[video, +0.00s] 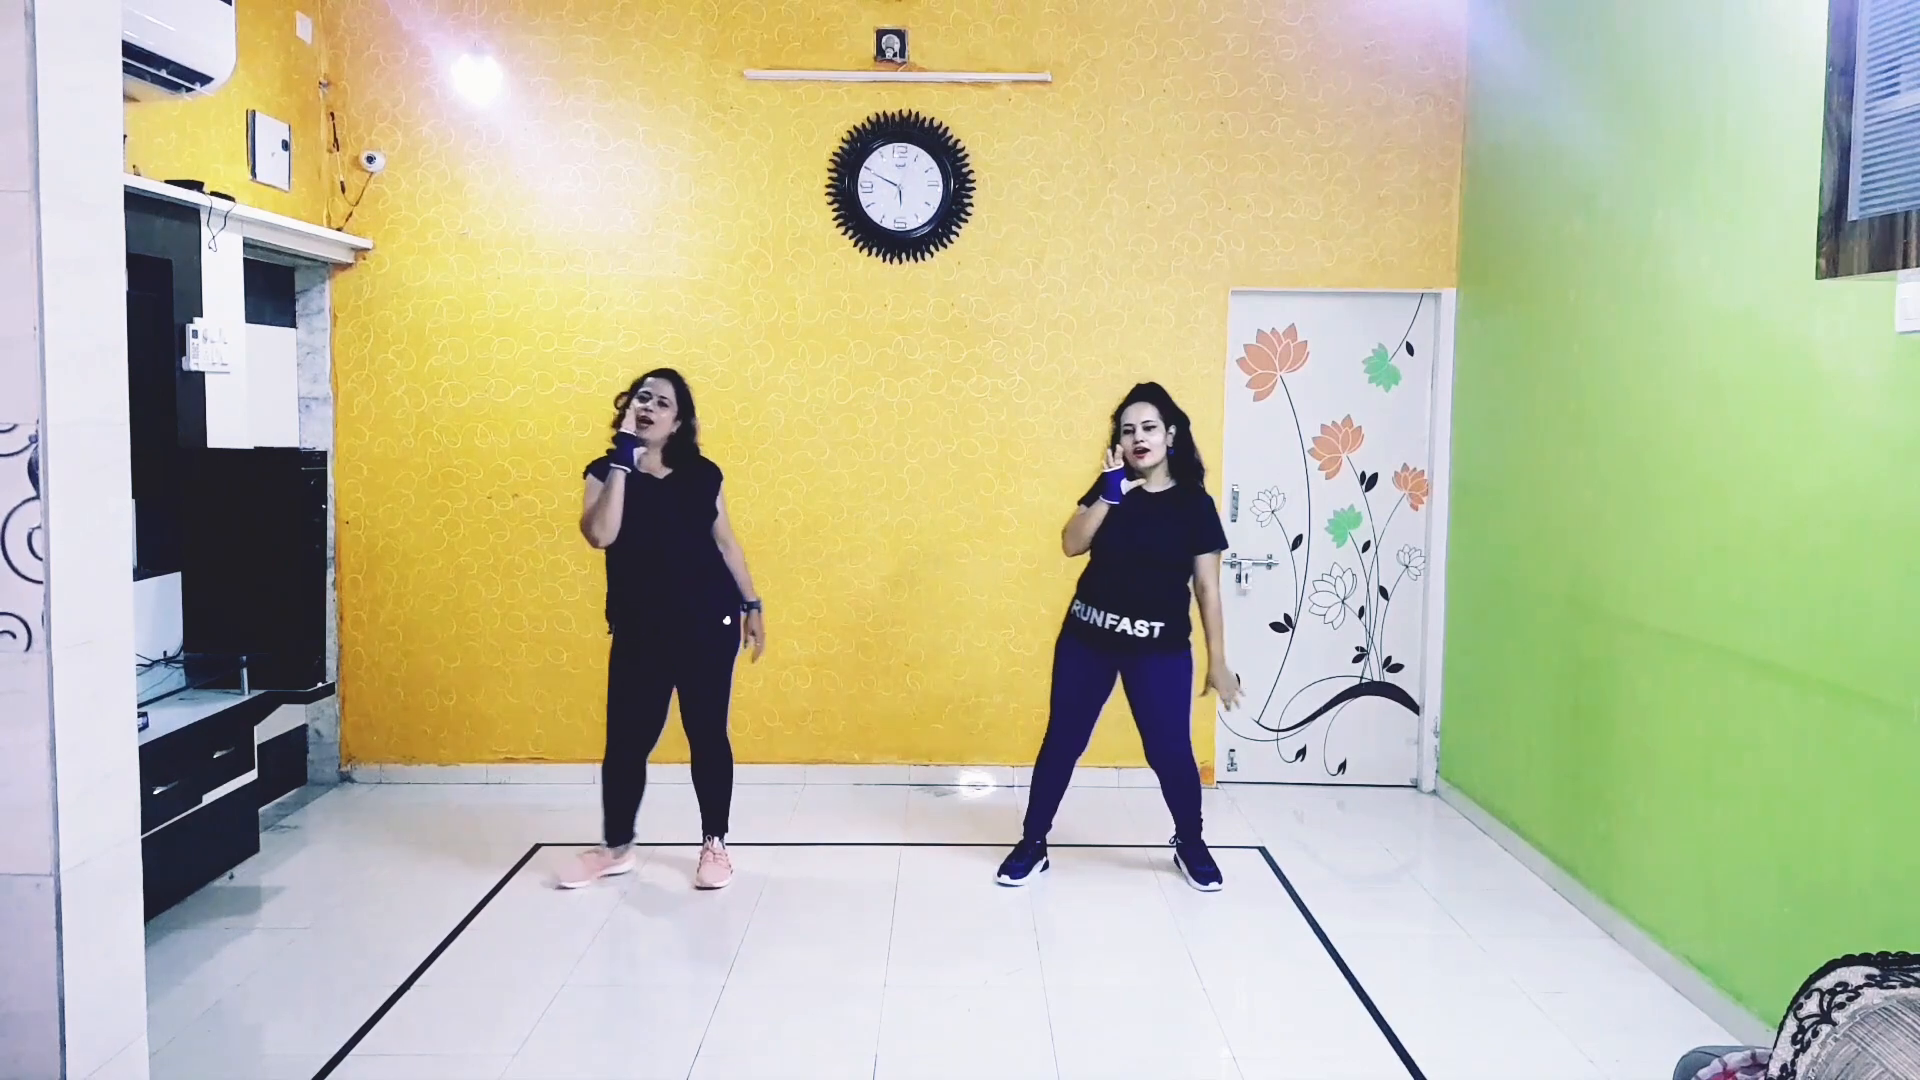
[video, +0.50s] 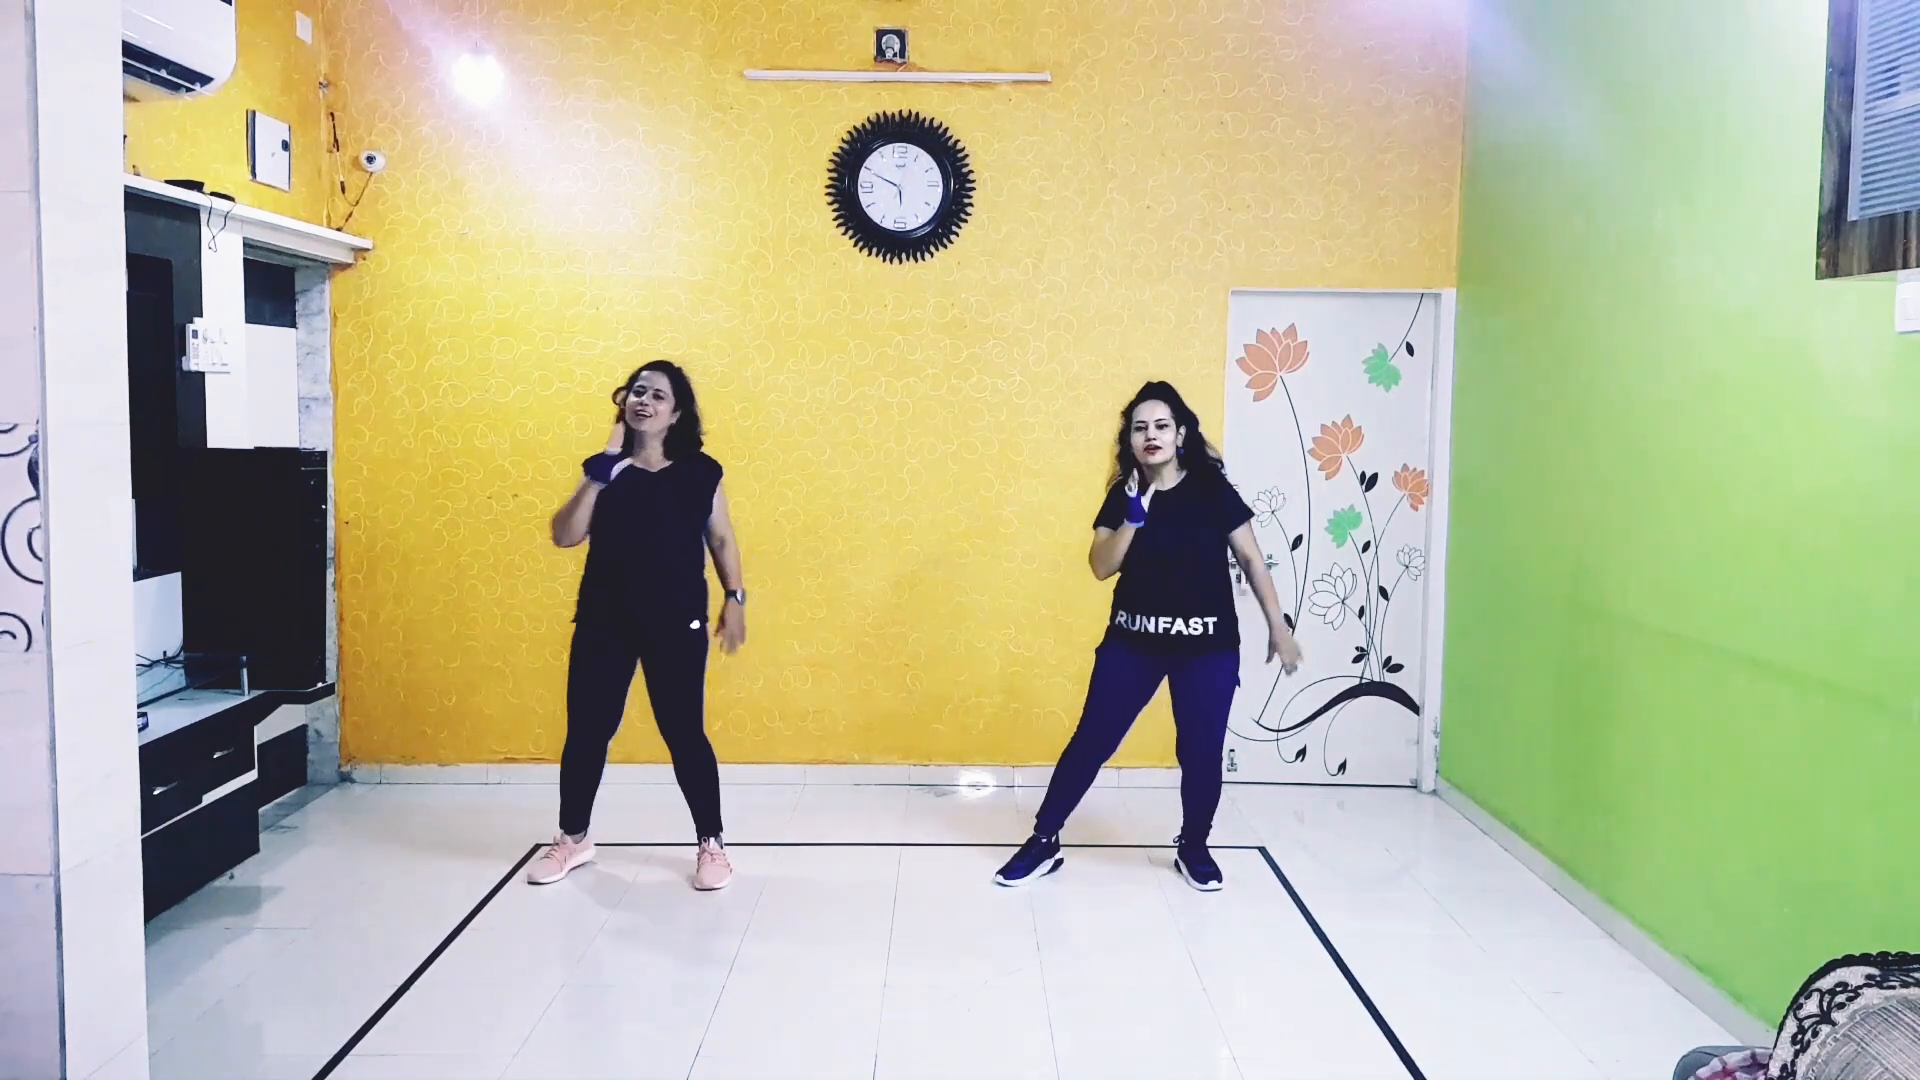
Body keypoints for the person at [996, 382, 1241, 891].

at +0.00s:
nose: (1138, 437)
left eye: (1149, 426)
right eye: (1128, 429)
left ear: (1172, 433)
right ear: (1118, 439)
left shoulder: (1194, 505)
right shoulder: (1110, 488)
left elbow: (1207, 587)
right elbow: (1071, 544)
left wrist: (1218, 662)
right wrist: (1109, 489)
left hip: (1159, 648)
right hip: (1089, 637)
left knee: (1171, 753)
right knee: (1062, 743)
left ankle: (1191, 843)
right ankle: (1032, 842)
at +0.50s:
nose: (1151, 435)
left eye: (1161, 425)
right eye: (1140, 426)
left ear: (1181, 432)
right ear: (1129, 437)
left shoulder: (1211, 485)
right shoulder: (1125, 491)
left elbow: (1252, 560)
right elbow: (1101, 568)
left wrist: (1279, 627)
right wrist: (1132, 517)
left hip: (1206, 642)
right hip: (1134, 638)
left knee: (1202, 754)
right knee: (1090, 742)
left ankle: (1194, 844)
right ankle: (1043, 839)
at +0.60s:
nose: (1143, 435)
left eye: (1154, 426)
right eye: (1132, 426)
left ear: (1171, 436)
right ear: (1118, 436)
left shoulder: (1199, 484)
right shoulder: (1110, 499)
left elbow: (1254, 542)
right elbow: (1094, 578)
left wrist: (1296, 598)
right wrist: (1127, 552)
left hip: (1203, 642)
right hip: (1132, 641)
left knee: (1202, 753)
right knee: (1087, 743)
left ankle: (1195, 844)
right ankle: (1040, 839)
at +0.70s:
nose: (1137, 436)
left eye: (1147, 428)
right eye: (1127, 426)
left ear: (1158, 438)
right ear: (1106, 435)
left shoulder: (1181, 482)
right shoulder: (1092, 505)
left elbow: (1246, 516)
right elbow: (1082, 582)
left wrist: (1310, 543)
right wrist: (1111, 602)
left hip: (1197, 636)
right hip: (1126, 640)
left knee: (1200, 749)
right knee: (1084, 744)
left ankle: (1194, 844)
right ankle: (1034, 838)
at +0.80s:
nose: (1131, 439)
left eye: (1139, 432)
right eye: (1120, 428)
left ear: (1145, 441)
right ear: (1094, 432)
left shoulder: (1158, 487)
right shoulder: (1072, 508)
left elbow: (1227, 510)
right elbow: (1061, 585)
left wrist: (1305, 490)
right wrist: (1091, 630)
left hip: (1182, 637)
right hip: (1114, 643)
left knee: (1195, 746)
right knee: (1077, 748)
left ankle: (1194, 843)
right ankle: (1030, 840)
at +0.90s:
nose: (1120, 439)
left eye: (1127, 432)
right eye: (1109, 428)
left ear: (1133, 440)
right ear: (1082, 432)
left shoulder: (1136, 491)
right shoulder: (1054, 504)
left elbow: (1195, 521)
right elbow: (1040, 580)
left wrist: (1243, 472)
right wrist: (1068, 640)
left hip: (1163, 639)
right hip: (1096, 645)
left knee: (1184, 745)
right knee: (1069, 753)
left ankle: (1194, 844)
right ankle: (1029, 842)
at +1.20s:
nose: (1097, 440)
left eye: (1104, 432)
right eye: (1087, 428)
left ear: (1109, 441)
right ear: (1060, 430)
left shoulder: (1097, 496)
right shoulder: (1029, 488)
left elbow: (1136, 554)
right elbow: (993, 552)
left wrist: (1165, 495)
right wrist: (998, 626)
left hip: (1112, 637)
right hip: (1048, 643)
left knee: (1147, 739)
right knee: (1046, 754)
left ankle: (1181, 838)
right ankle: (1028, 844)